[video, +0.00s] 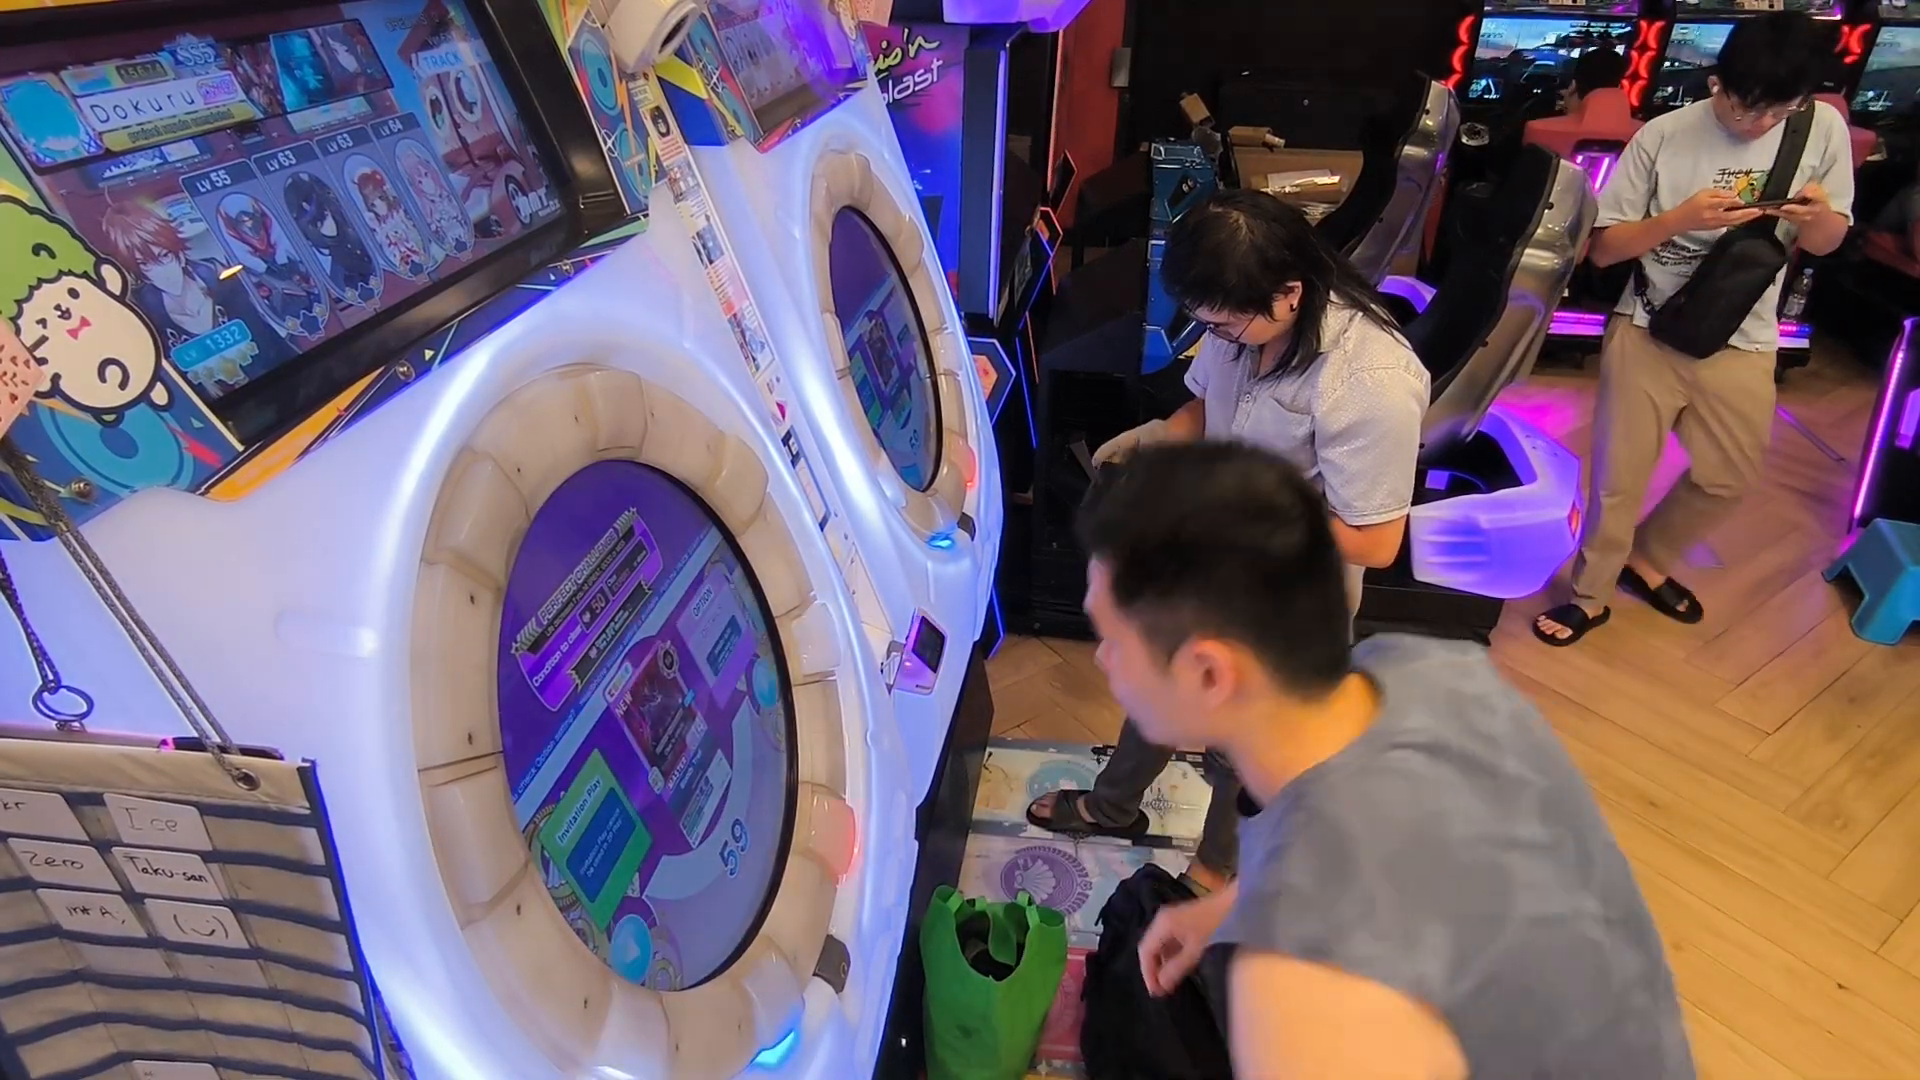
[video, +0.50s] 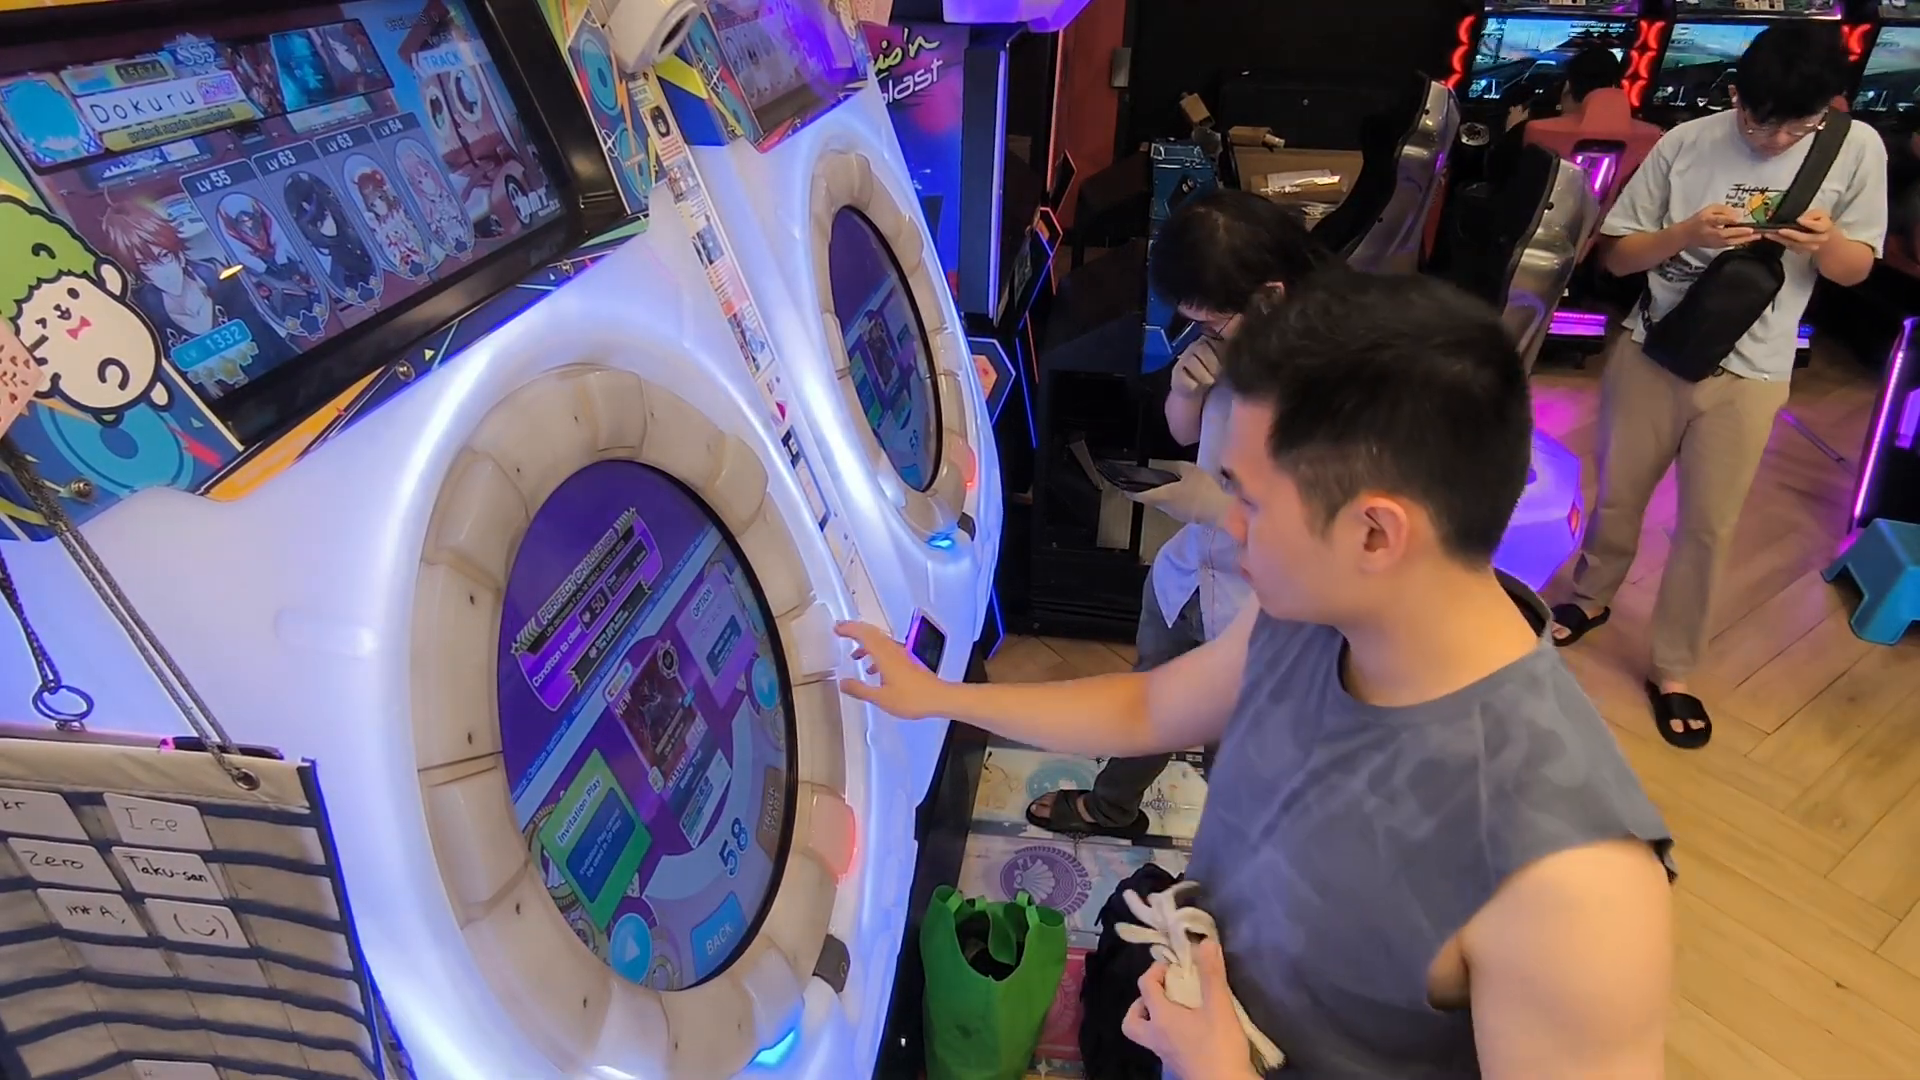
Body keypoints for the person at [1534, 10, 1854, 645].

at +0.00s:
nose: (1750, 121)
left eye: (1767, 111)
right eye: (1742, 105)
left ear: (1795, 99)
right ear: (1719, 79)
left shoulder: (1821, 130)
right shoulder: (1661, 138)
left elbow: (1826, 240)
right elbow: (1602, 247)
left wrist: (1815, 218)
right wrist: (1679, 219)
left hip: (1744, 348)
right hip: (1649, 335)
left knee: (1728, 476)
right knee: (1620, 478)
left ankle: (1646, 559)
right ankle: (1588, 595)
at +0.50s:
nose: (1770, 139)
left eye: (1790, 130)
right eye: (1758, 122)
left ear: (1823, 109)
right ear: (1739, 92)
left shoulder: (1854, 150)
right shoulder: (1686, 144)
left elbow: (1857, 269)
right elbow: (1614, 256)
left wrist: (1826, 245)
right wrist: (1686, 235)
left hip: (1749, 376)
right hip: (1652, 357)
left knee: (1707, 530)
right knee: (1615, 498)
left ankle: (1674, 670)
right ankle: (1587, 597)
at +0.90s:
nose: (1849, 153)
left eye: (1871, 140)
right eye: (1835, 134)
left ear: (1898, 123)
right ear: (1808, 105)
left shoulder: (1907, 188)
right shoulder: (1747, 158)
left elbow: (1913, 302)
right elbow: (1667, 275)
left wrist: (1883, 269)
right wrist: (1730, 258)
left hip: (1796, 414)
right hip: (1695, 380)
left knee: (1726, 555)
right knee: (1635, 509)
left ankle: (1671, 674)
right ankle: (1596, 601)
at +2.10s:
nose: (1660, 160)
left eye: (1676, 147)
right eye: (1650, 143)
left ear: (1731, 122)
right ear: (1641, 121)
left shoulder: (1802, 192)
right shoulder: (1629, 168)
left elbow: (1806, 331)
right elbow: (1557, 282)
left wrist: (1706, 287)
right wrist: (1569, 274)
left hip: (1658, 442)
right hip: (1569, 410)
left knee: (1600, 600)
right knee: (1541, 576)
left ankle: (1585, 737)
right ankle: (1536, 713)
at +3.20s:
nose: (1554, 168)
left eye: (1567, 154)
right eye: (1549, 153)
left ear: (1628, 126)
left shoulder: (1703, 201)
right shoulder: (1564, 173)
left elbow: (1693, 348)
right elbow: (1517, 274)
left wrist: (1582, 285)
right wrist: (1493, 268)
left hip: (1571, 446)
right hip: (1494, 409)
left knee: (1538, 614)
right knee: (1437, 560)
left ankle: (1515, 736)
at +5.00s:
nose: (1558, 146)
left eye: (1579, 128)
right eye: (1551, 125)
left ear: (1645, 110)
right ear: (1543, 109)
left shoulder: (1700, 201)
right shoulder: (1539, 176)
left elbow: (1679, 357)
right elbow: (1470, 304)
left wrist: (1587, 282)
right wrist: (1462, 268)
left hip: (1566, 463)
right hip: (1474, 424)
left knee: (1516, 625)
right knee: (1427, 597)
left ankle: (1489, 756)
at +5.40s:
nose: (1473, 129)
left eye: (1492, 113)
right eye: (1470, 112)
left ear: (1556, 107)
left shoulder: (1623, 195)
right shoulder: (1478, 179)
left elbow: (1613, 345)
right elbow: (1432, 299)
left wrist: (1505, 275)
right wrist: (1407, 266)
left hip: (1527, 443)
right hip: (1437, 408)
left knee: (1499, 607)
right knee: (1405, 593)